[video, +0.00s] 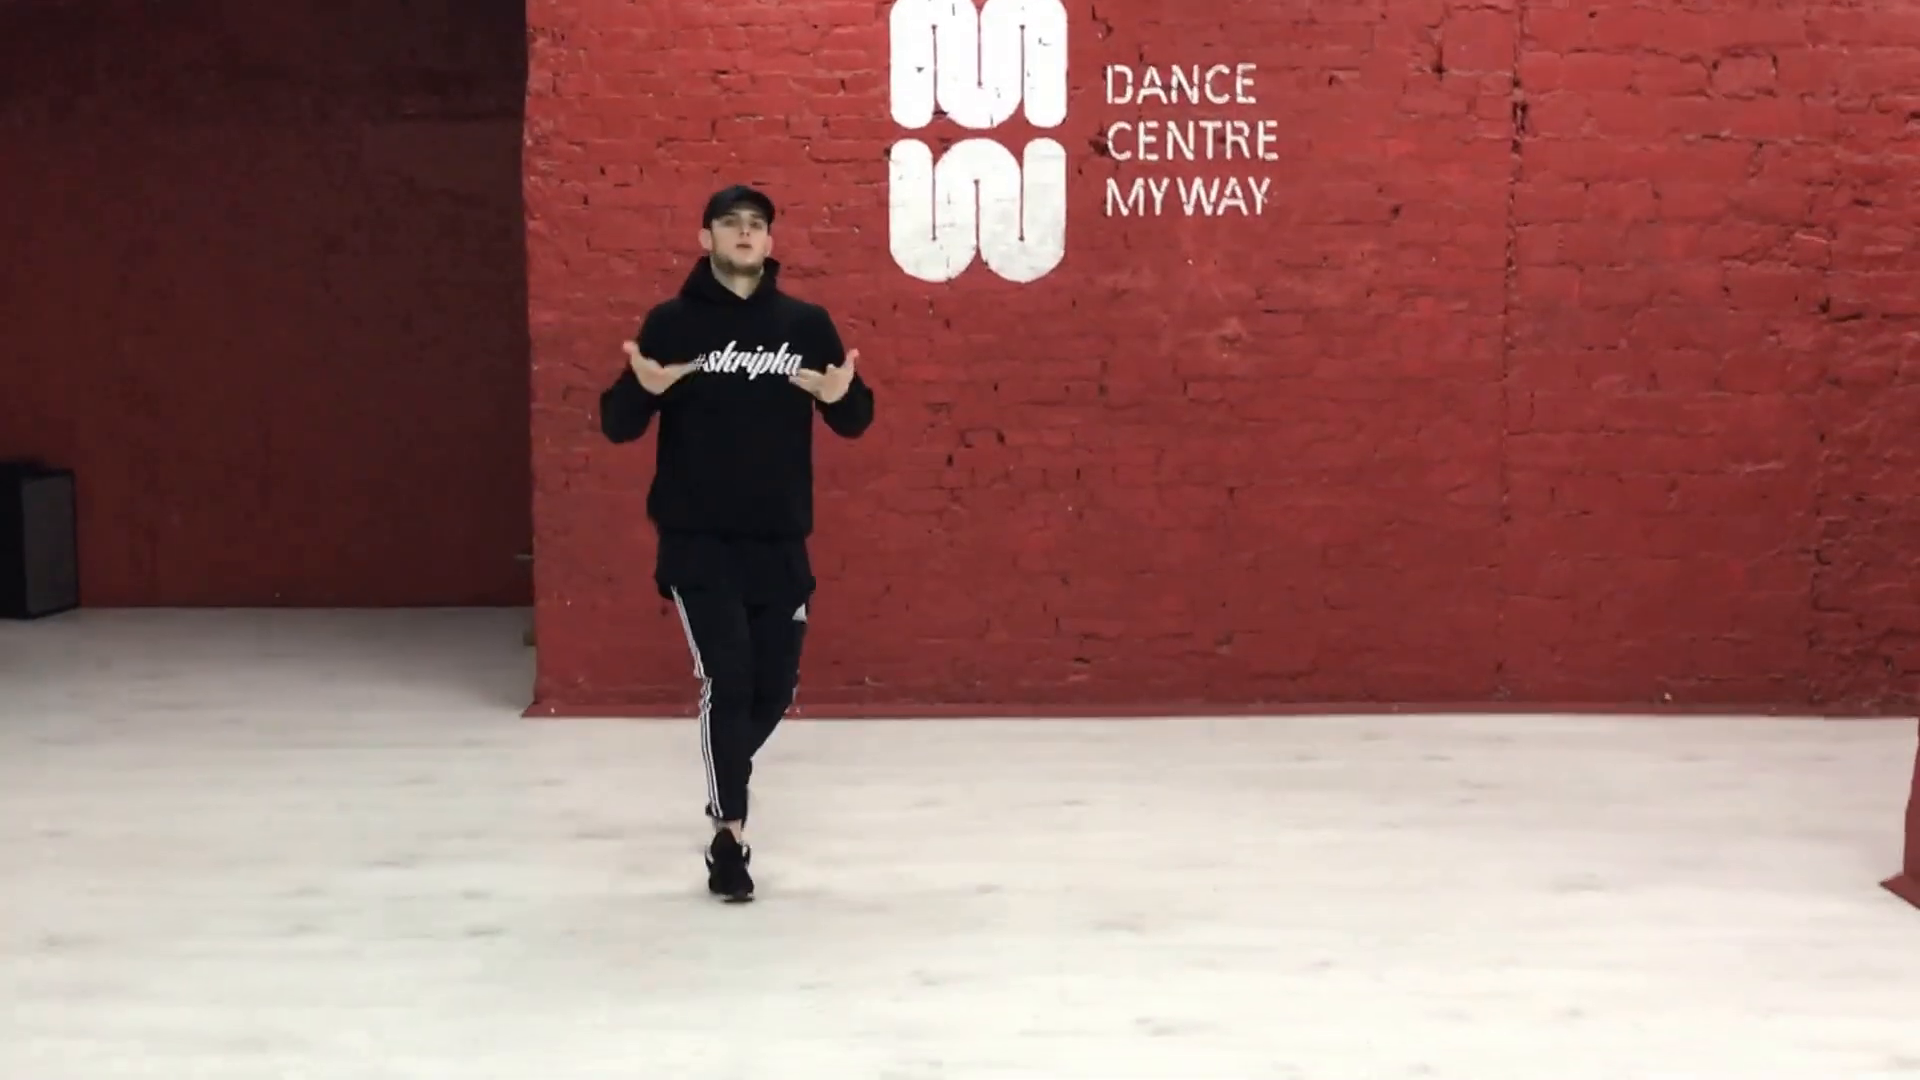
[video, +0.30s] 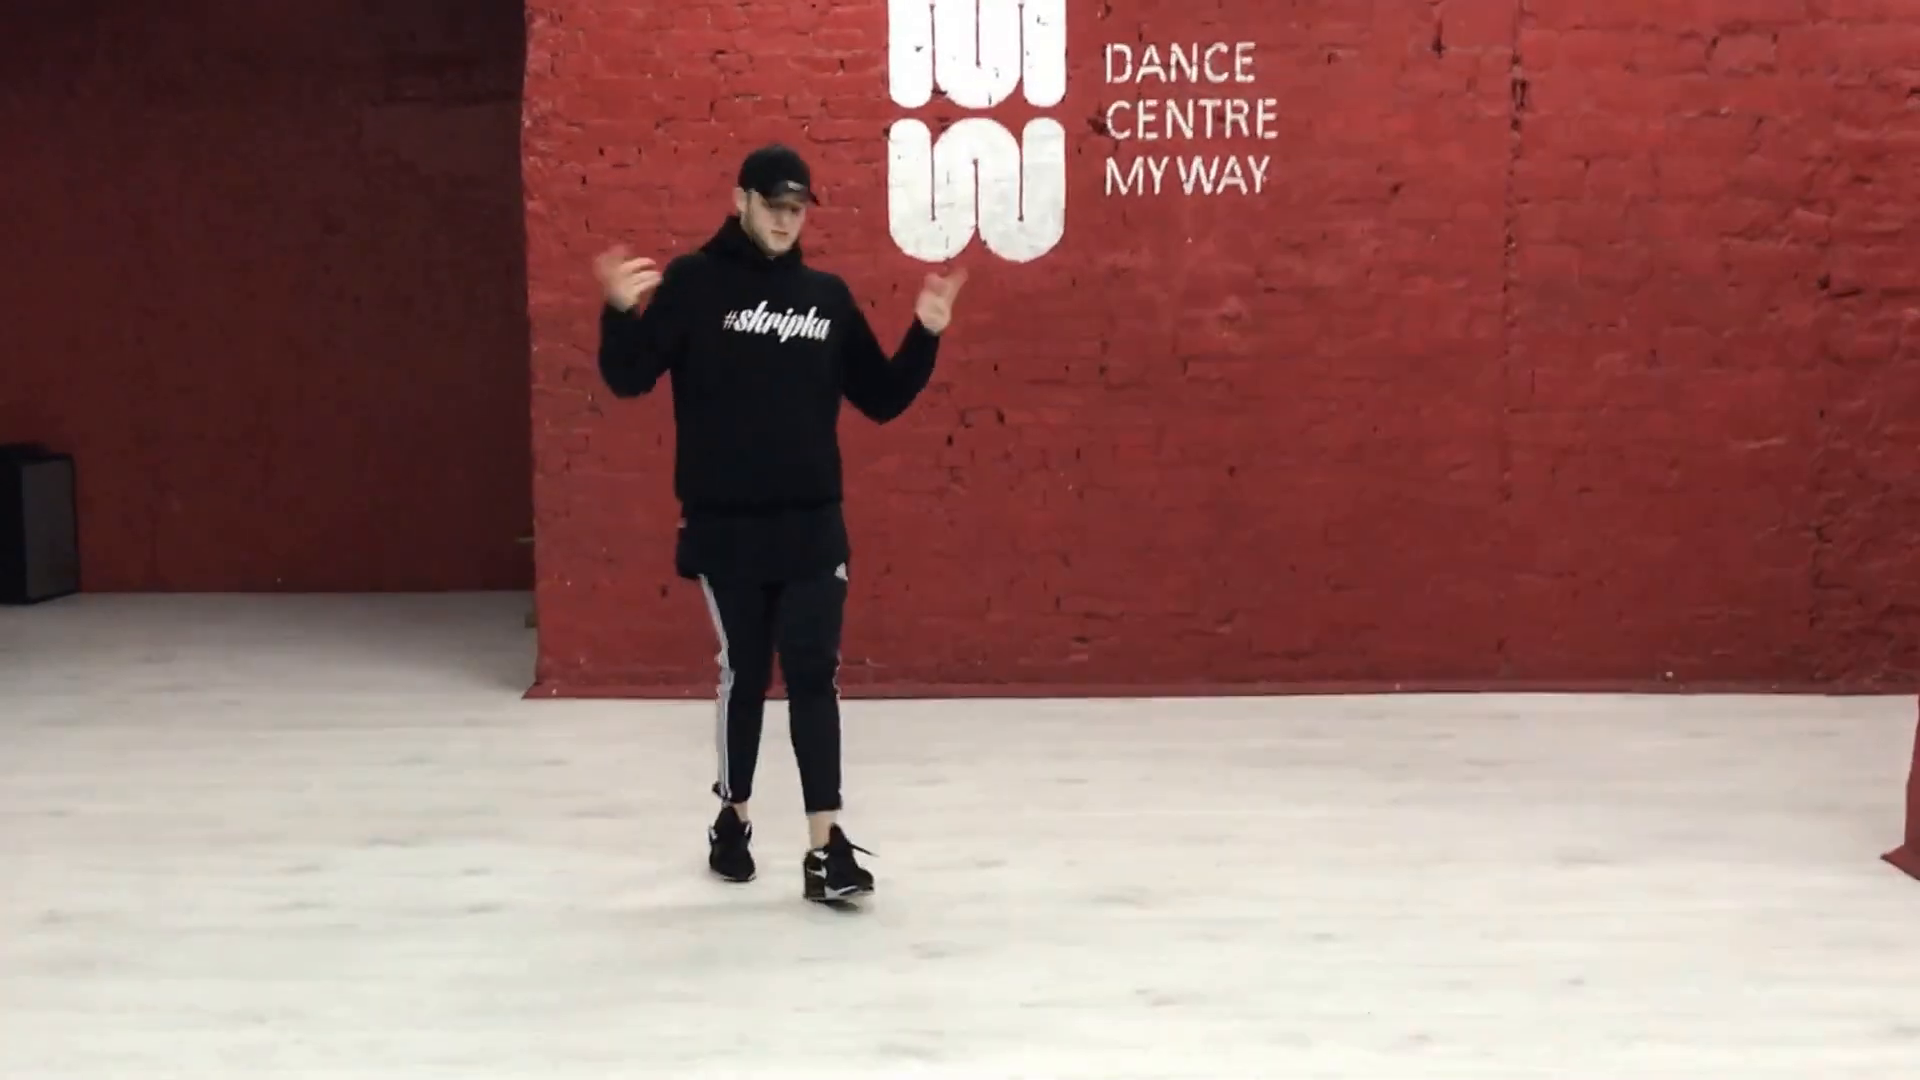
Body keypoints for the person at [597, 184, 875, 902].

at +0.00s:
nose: (744, 236)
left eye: (755, 225)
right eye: (730, 225)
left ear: (771, 239)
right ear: (707, 238)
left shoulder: (805, 324)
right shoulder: (674, 323)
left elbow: (855, 422)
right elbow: (617, 426)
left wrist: (842, 394)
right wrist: (642, 388)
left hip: (779, 535)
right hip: (697, 534)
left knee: (774, 693)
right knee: (731, 684)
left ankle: (721, 774)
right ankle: (730, 835)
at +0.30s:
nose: (786, 216)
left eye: (797, 204)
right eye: (773, 201)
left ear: (807, 211)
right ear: (742, 200)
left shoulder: (827, 296)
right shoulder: (692, 281)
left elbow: (883, 398)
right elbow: (627, 376)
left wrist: (926, 330)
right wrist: (619, 314)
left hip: (810, 517)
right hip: (723, 516)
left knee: (813, 674)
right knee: (746, 673)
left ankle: (825, 846)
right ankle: (731, 822)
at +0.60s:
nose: (817, 255)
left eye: (830, 243)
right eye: (806, 242)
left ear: (849, 228)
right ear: (778, 220)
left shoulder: (868, 285)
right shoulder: (728, 274)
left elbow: (948, 365)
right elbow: (640, 320)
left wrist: (937, 295)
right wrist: (711, 253)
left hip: (852, 510)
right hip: (764, 510)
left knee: (842, 665)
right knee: (775, 666)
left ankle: (827, 829)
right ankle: (747, 782)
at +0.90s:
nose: (827, 250)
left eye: (839, 238)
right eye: (815, 236)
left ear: (857, 223)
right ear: (791, 216)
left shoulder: (884, 279)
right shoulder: (752, 263)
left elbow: (956, 325)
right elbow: (691, 304)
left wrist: (1037, 359)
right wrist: (633, 341)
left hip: (859, 501)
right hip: (766, 499)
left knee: (849, 651)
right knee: (775, 662)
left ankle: (828, 810)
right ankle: (794, 740)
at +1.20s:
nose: (813, 193)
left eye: (825, 180)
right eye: (800, 179)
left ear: (845, 183)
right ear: (781, 181)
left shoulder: (882, 269)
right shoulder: (741, 266)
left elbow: (893, 378)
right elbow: (721, 379)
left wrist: (878, 467)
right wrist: (733, 482)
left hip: (851, 487)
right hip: (765, 487)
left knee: (830, 632)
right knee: (787, 641)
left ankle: (827, 798)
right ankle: (820, 748)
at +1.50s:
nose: (802, 150)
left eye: (815, 139)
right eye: (790, 139)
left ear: (834, 151)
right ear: (770, 151)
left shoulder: (876, 238)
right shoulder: (735, 239)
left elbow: (918, 346)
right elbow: (705, 351)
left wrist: (956, 449)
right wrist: (687, 457)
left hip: (853, 454)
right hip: (769, 456)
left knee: (839, 603)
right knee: (796, 611)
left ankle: (858, 756)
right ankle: (820, 751)